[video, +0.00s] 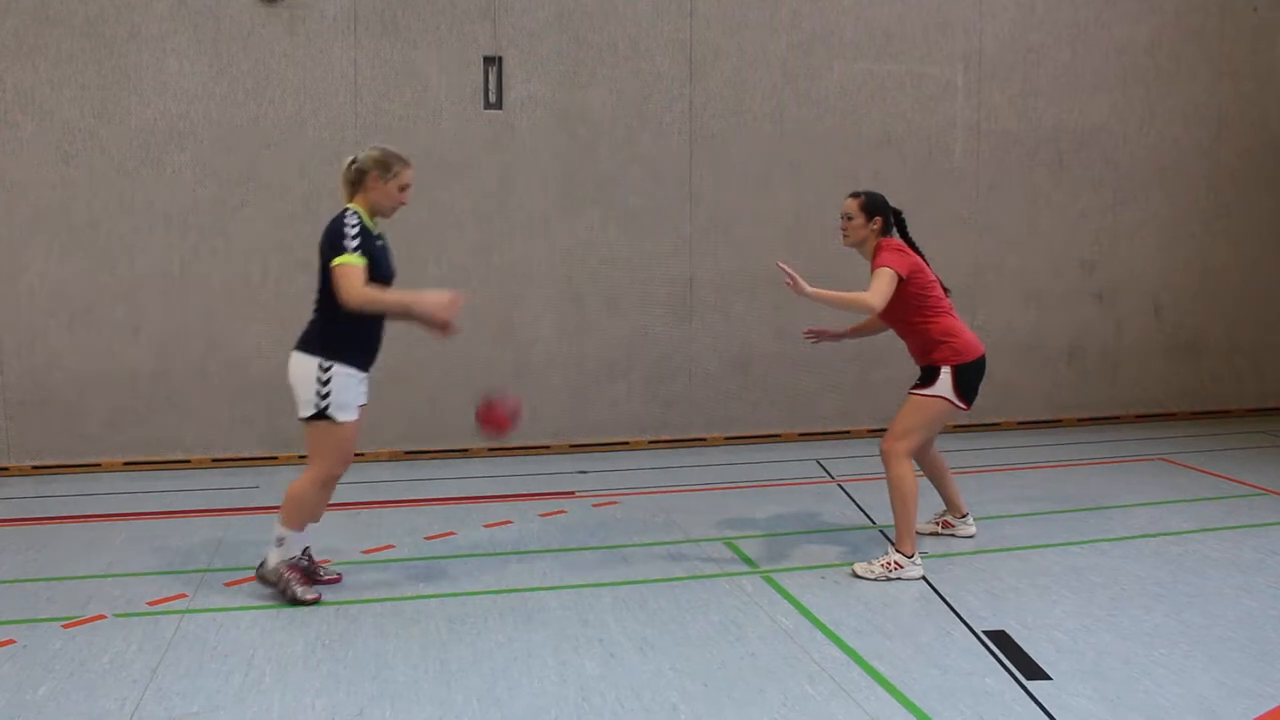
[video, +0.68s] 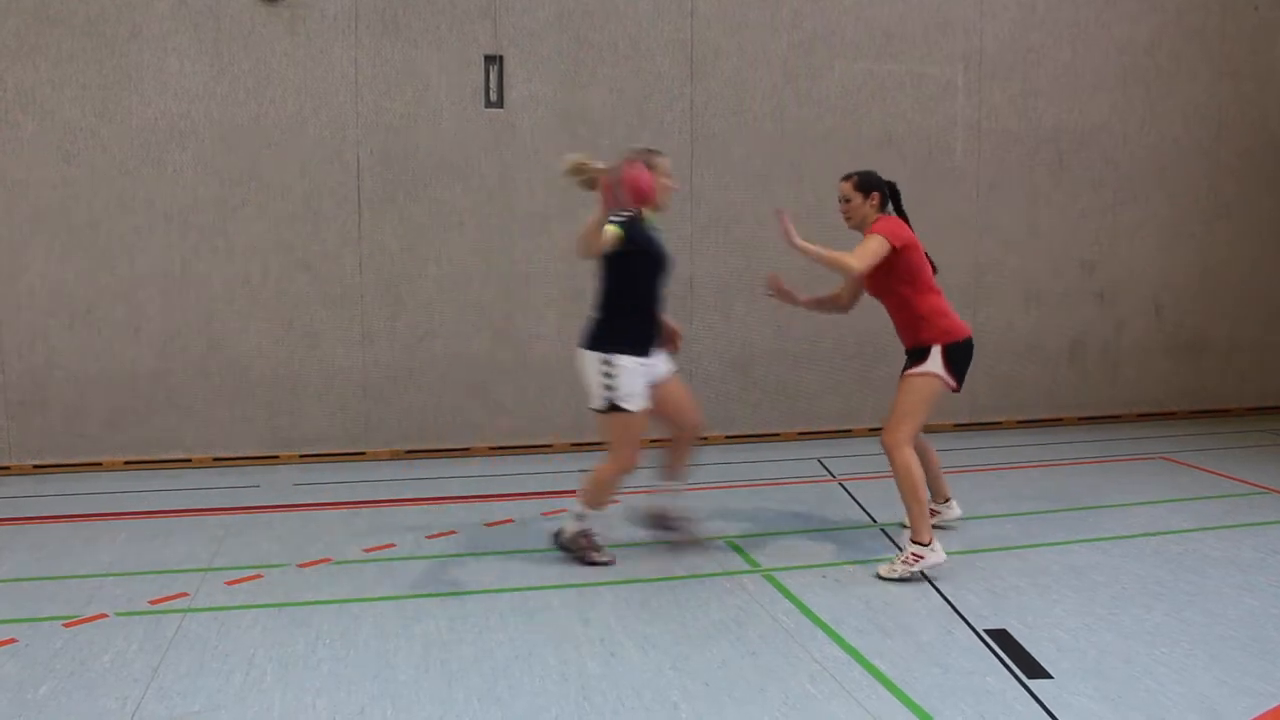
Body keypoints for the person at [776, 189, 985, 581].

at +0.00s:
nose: (841, 226)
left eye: (848, 219)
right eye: (841, 219)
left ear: (875, 223)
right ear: (872, 225)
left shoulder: (890, 253)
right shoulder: (889, 255)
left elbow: (874, 302)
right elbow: (889, 318)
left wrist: (811, 292)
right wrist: (843, 333)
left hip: (951, 363)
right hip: (949, 360)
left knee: (895, 449)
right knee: (918, 443)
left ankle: (905, 556)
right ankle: (959, 516)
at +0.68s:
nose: (842, 209)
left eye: (847, 201)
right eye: (840, 202)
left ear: (873, 200)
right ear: (869, 202)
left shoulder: (889, 228)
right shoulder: (871, 242)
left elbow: (858, 264)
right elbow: (844, 302)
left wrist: (800, 245)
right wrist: (799, 302)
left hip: (941, 344)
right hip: (926, 346)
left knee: (896, 440)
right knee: (907, 430)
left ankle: (923, 546)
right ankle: (942, 503)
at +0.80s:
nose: (840, 222)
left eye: (846, 214)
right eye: (838, 215)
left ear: (871, 212)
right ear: (860, 216)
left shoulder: (886, 239)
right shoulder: (860, 261)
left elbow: (835, 260)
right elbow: (828, 318)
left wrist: (772, 247)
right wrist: (774, 326)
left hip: (943, 355)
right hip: (918, 360)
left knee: (895, 444)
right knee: (903, 438)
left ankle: (919, 556)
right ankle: (944, 512)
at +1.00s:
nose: (836, 254)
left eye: (843, 247)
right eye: (836, 248)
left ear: (869, 251)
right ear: (859, 253)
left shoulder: (881, 272)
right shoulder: (860, 303)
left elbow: (865, 284)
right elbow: (845, 360)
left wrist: (814, 261)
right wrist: (806, 341)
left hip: (937, 391)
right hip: (912, 395)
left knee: (882, 465)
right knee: (891, 460)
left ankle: (924, 565)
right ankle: (949, 511)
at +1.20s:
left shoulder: (900, 270)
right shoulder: (859, 285)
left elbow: (935, 299)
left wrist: (890, 267)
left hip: (940, 393)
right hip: (912, 396)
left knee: (883, 460)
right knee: (883, 467)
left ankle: (915, 566)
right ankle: (946, 512)